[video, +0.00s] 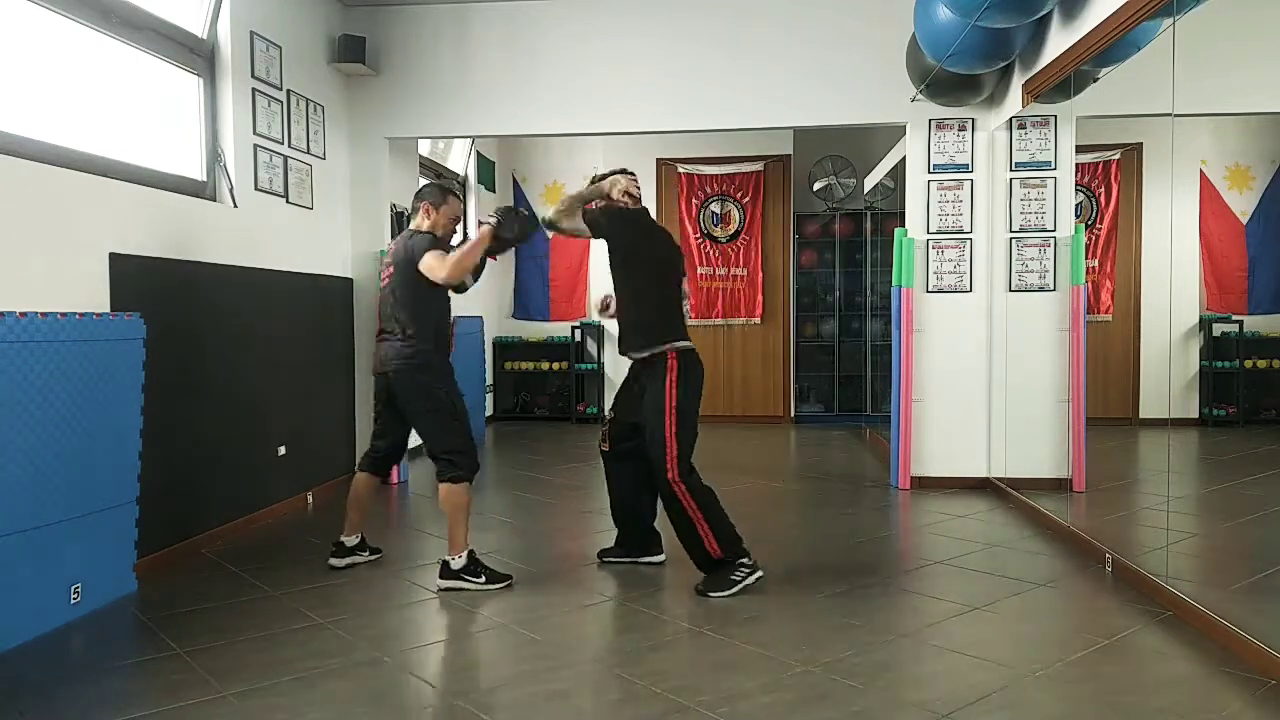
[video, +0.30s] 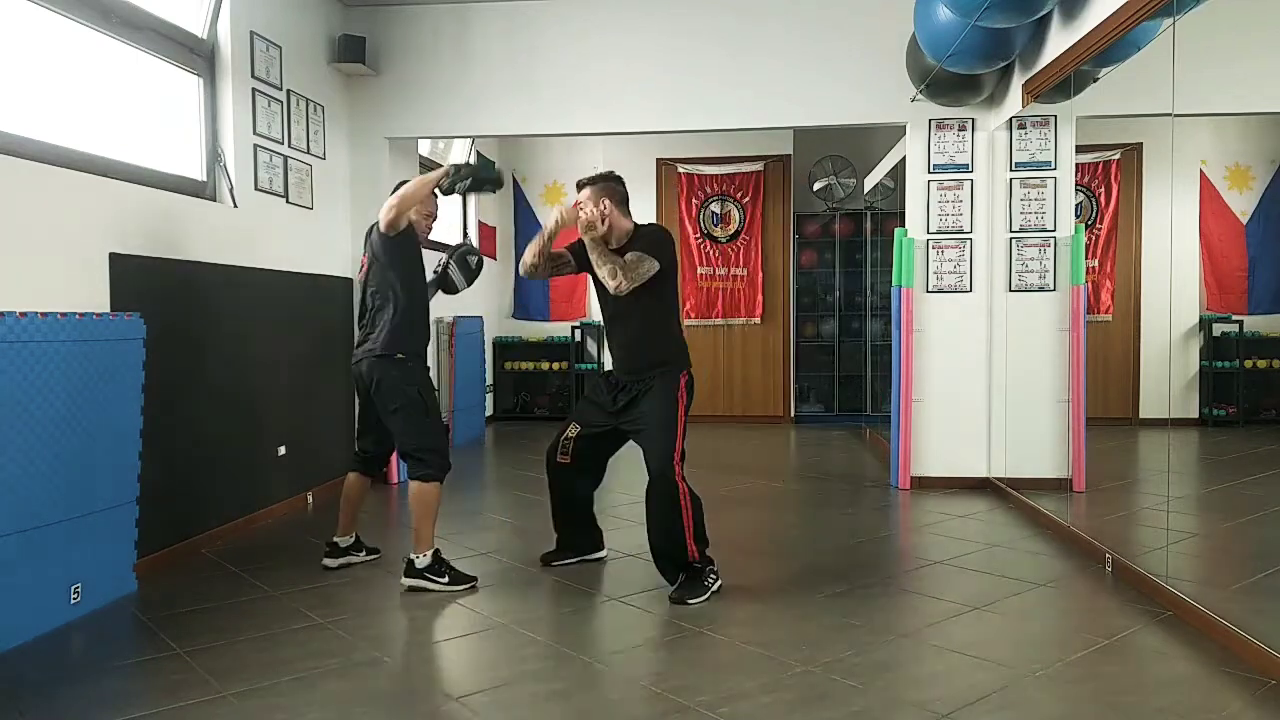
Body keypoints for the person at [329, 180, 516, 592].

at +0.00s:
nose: (455, 227)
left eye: (457, 220)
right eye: (452, 218)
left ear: (422, 211)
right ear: (427, 209)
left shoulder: (400, 245)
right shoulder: (419, 242)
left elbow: (457, 282)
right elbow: (447, 272)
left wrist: (480, 251)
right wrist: (483, 236)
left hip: (391, 366)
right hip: (421, 367)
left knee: (379, 456)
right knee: (457, 460)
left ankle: (349, 542)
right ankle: (458, 561)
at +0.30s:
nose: (432, 218)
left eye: (434, 212)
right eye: (427, 210)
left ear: (428, 213)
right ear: (407, 208)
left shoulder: (389, 247)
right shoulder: (392, 234)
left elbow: (401, 304)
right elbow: (396, 205)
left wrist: (438, 282)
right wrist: (444, 174)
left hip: (370, 362)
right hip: (396, 362)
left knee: (368, 455)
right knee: (430, 458)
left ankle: (343, 543)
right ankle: (424, 560)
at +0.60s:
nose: (400, 216)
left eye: (403, 209)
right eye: (394, 208)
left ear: (395, 210)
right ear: (366, 207)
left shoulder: (391, 250)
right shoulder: (357, 243)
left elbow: (421, 288)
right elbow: (338, 302)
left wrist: (439, 244)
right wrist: (399, 311)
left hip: (393, 370)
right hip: (385, 372)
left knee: (379, 455)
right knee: (425, 462)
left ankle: (341, 538)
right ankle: (410, 561)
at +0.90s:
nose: (373, 232)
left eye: (375, 224)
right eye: (366, 224)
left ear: (357, 218)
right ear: (338, 215)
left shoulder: (369, 246)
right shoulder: (313, 266)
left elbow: (404, 273)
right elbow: (312, 332)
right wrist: (369, 338)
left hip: (364, 365)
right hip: (331, 369)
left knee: (361, 457)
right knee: (358, 458)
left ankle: (332, 538)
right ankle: (366, 553)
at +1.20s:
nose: (320, 237)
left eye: (321, 230)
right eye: (314, 230)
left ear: (299, 228)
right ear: (285, 228)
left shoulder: (317, 251)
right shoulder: (260, 279)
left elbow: (351, 273)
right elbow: (276, 346)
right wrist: (325, 339)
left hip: (318, 377)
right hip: (272, 382)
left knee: (354, 452)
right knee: (248, 465)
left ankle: (333, 539)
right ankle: (208, 542)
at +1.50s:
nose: (245, 222)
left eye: (244, 214)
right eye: (238, 215)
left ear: (217, 218)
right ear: (209, 219)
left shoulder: (243, 245)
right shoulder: (204, 277)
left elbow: (288, 244)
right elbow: (268, 314)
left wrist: (277, 243)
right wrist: (290, 264)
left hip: (284, 374)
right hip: (242, 384)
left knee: (336, 440)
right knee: (227, 467)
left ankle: (327, 522)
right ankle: (203, 544)